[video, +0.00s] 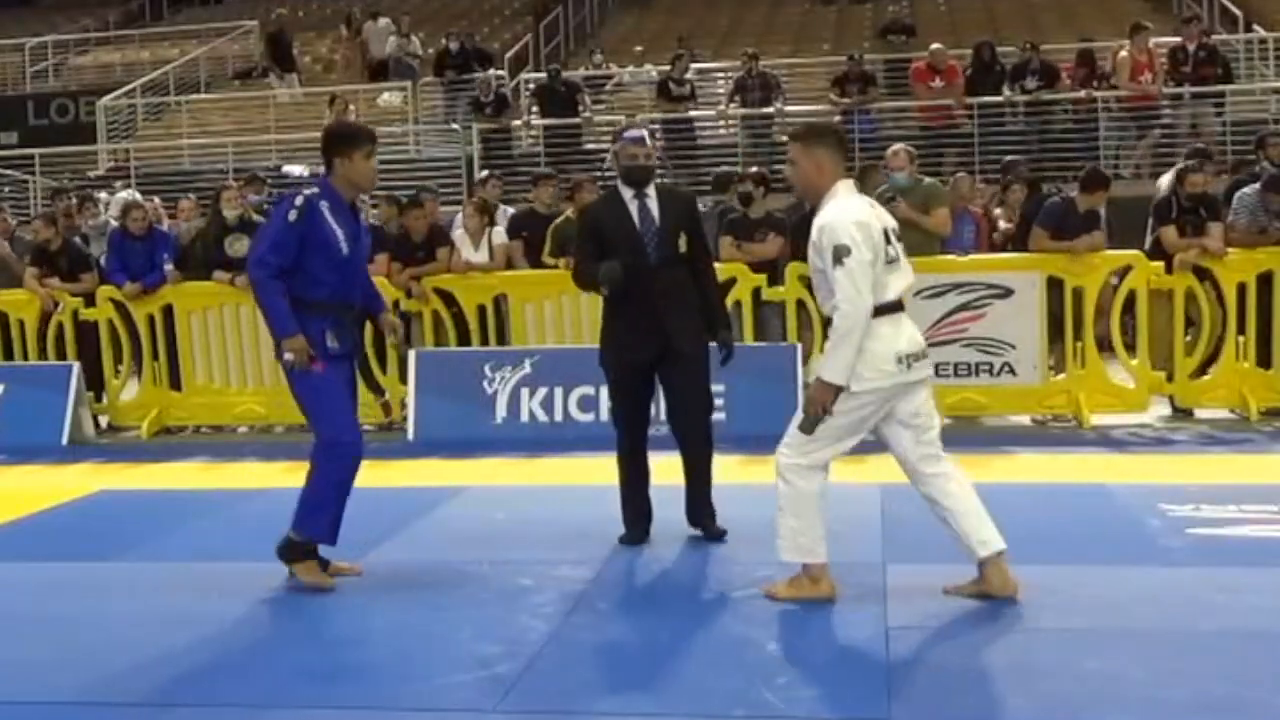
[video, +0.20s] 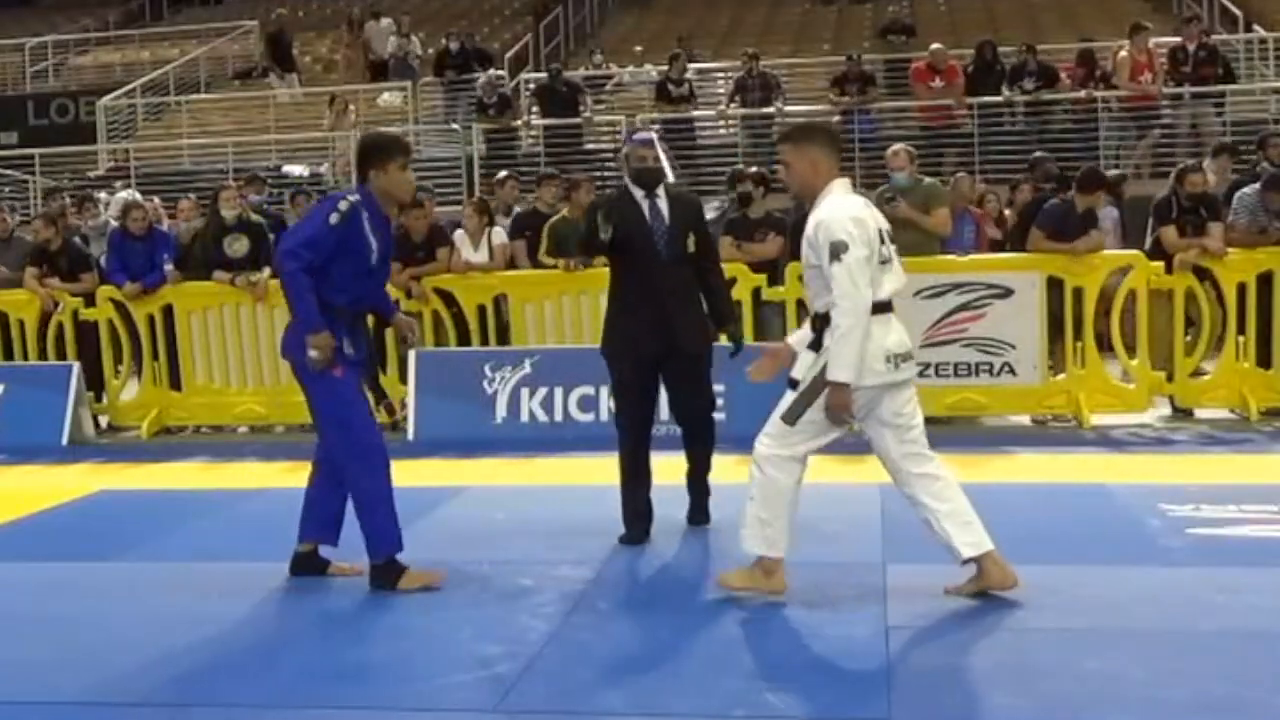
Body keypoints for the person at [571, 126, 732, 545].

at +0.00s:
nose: (638, 158)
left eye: (645, 151)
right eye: (630, 152)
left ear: (656, 157)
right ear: (615, 159)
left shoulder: (680, 202)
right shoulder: (597, 213)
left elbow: (703, 267)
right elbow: (581, 273)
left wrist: (719, 323)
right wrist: (600, 273)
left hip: (682, 332)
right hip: (626, 337)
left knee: (695, 427)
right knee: (631, 435)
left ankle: (702, 515)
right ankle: (636, 523)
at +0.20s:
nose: (647, 161)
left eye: (653, 154)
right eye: (639, 155)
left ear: (663, 160)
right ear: (624, 163)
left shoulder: (686, 204)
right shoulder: (610, 208)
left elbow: (708, 266)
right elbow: (591, 246)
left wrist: (726, 319)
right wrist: (593, 219)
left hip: (686, 332)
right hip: (632, 335)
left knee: (698, 419)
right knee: (633, 432)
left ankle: (699, 491)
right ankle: (636, 523)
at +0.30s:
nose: (654, 162)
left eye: (660, 155)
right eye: (646, 155)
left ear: (672, 160)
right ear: (634, 161)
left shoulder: (693, 207)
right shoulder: (622, 206)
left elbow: (713, 267)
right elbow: (600, 238)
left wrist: (728, 318)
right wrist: (612, 197)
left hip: (690, 329)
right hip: (637, 331)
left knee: (694, 423)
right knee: (638, 430)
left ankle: (694, 504)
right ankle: (636, 523)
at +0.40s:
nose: (665, 166)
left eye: (671, 159)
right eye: (656, 160)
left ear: (682, 165)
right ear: (641, 166)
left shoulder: (701, 208)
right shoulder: (630, 208)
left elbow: (720, 268)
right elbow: (614, 240)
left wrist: (723, 314)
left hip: (697, 322)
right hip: (643, 325)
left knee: (693, 423)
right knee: (644, 428)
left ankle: (694, 505)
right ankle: (638, 519)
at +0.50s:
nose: (669, 163)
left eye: (677, 155)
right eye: (662, 156)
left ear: (689, 161)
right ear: (650, 162)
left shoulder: (706, 205)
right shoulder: (636, 208)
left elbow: (726, 260)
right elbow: (626, 251)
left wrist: (728, 316)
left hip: (698, 320)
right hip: (645, 319)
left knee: (695, 422)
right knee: (646, 424)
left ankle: (695, 508)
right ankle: (639, 516)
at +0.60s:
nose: (666, 167)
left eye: (674, 160)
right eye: (660, 160)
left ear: (690, 166)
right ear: (651, 162)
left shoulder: (703, 204)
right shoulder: (638, 203)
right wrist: (638, 183)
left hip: (696, 314)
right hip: (642, 310)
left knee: (694, 418)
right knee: (644, 419)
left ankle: (695, 506)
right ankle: (638, 512)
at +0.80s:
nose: (673, 166)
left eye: (680, 159)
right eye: (666, 159)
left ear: (690, 163)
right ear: (652, 162)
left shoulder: (702, 207)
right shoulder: (632, 203)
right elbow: (628, 255)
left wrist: (723, 323)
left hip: (697, 317)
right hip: (643, 312)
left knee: (695, 418)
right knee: (639, 411)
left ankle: (693, 503)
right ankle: (634, 487)